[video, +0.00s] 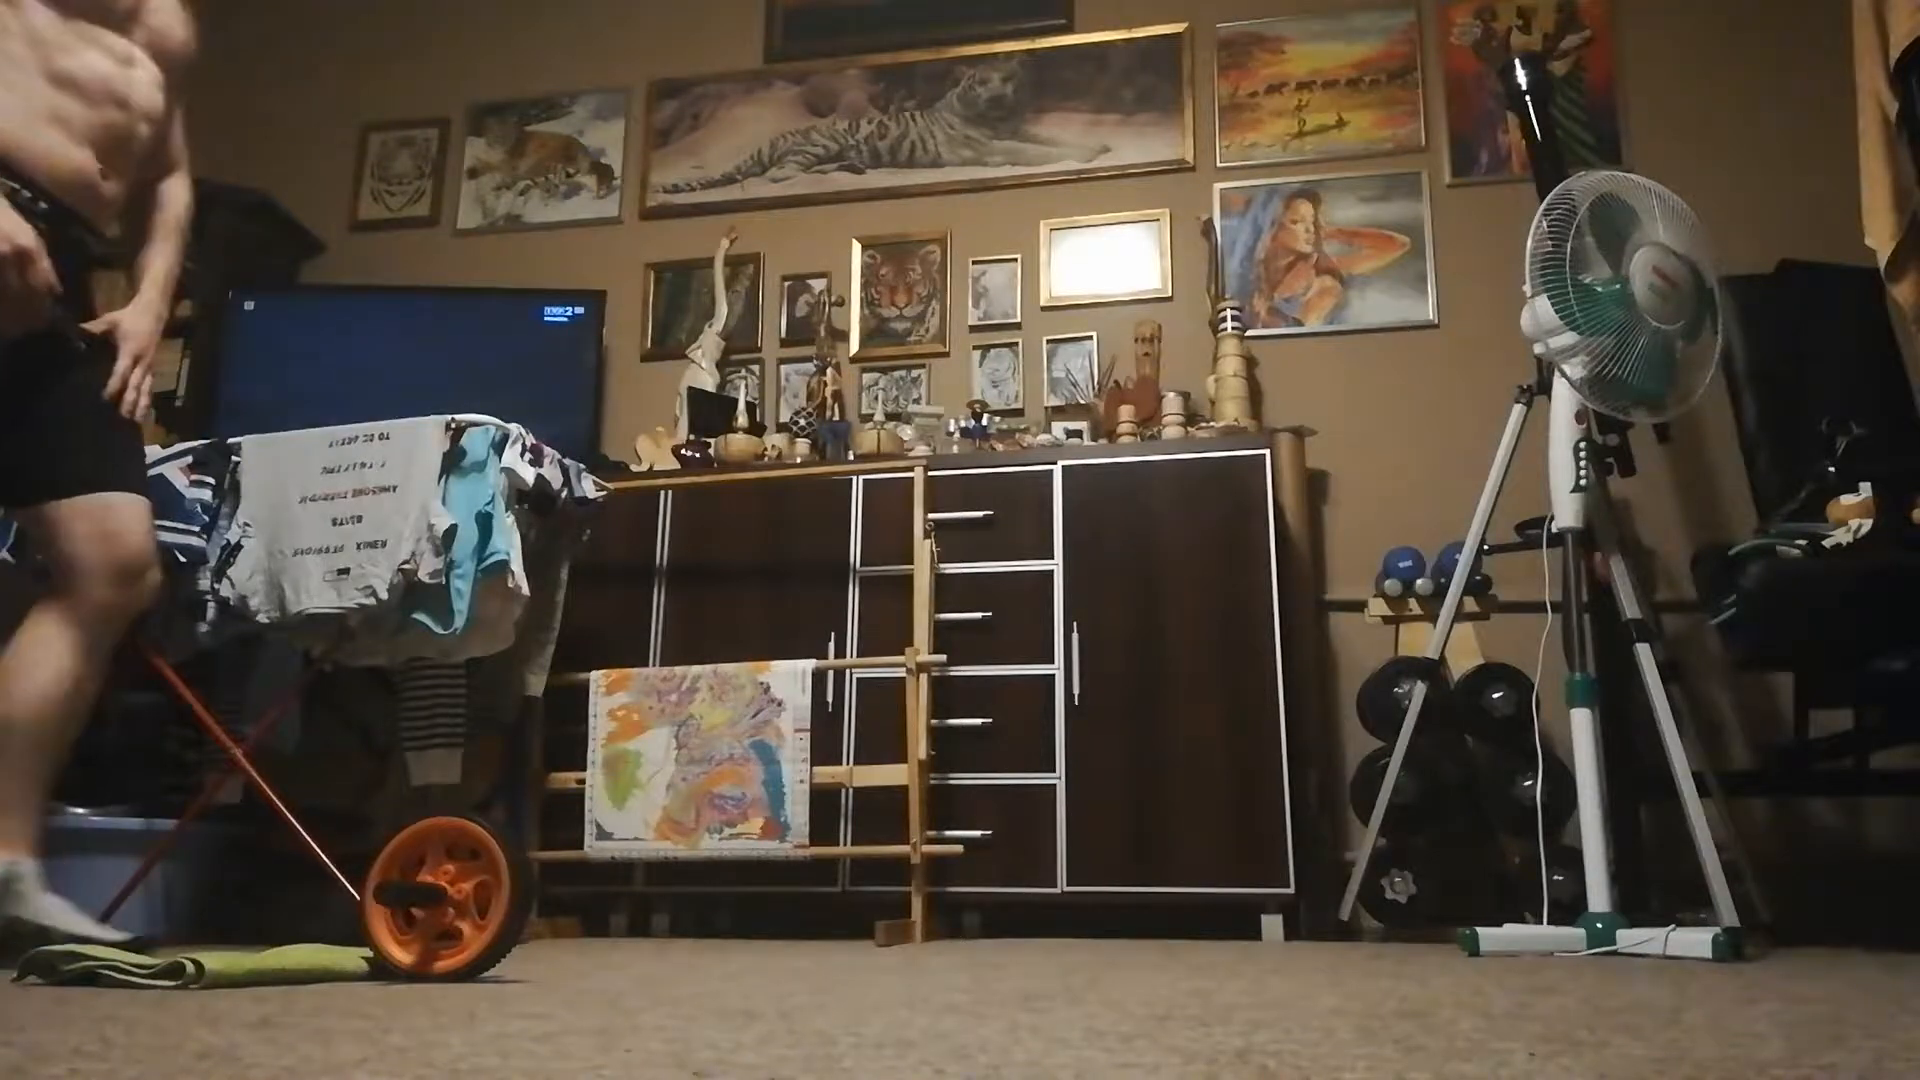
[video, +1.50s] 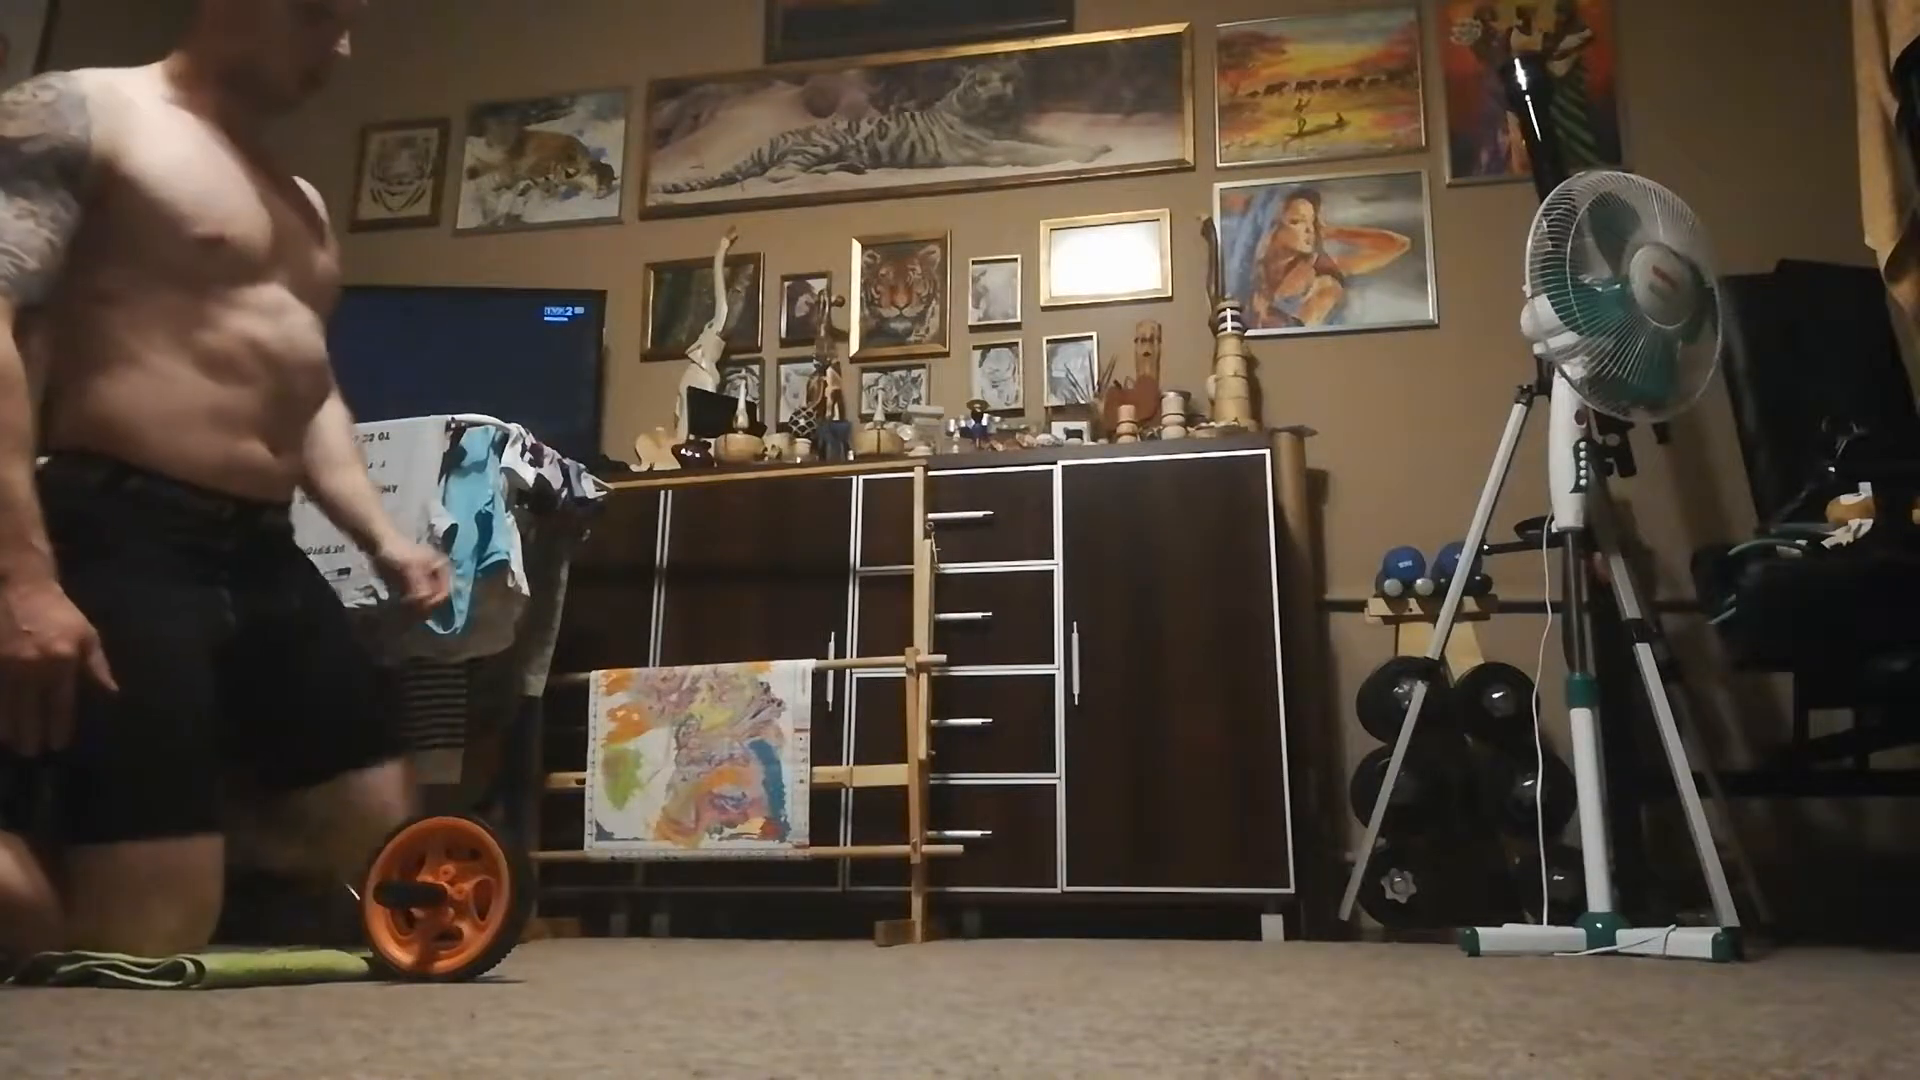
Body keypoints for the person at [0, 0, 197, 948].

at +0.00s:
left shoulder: (161, 28)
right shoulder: (27, 16)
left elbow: (171, 170)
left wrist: (150, 300)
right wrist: (3, 211)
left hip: (69, 277)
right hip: (8, 241)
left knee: (111, 563)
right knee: (101, 563)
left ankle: (12, 868)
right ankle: (13, 869)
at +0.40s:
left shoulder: (289, 110)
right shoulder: (106, 5)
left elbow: (279, 265)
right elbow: (9, 52)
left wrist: (228, 369)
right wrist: (2, 242)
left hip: (151, 347)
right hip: (34, 273)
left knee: (239, 607)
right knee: (58, 568)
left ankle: (73, 892)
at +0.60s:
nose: (370, 84)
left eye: (383, 67)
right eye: (357, 48)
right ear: (280, 14)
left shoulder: (308, 230)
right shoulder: (143, 48)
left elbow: (289, 382)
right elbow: (17, 156)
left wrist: (234, 468)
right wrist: (35, 369)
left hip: (152, 451)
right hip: (42, 394)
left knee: (317, 665)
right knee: (105, 690)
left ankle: (78, 896)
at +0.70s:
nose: (370, 149)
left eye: (385, 131)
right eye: (357, 113)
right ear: (280, 72)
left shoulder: (305, 272)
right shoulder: (149, 112)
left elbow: (280, 424)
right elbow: (17, 220)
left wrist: (229, 509)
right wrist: (53, 450)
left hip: (150, 505)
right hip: (43, 463)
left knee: (342, 687)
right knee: (125, 751)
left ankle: (82, 889)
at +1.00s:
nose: (345, 206)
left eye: (357, 188)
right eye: (326, 173)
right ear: (244, 136)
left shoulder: (278, 300)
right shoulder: (117, 191)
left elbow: (257, 464)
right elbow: (15, 347)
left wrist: (238, 569)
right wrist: (55, 584)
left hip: (175, 605)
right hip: (54, 583)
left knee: (404, 730)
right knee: (145, 903)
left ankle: (117, 851)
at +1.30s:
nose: (344, 107)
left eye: (357, 83)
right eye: (322, 67)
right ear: (235, 25)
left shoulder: (282, 238)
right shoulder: (90, 136)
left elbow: (255, 409)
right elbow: (11, 339)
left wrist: (301, 535)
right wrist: (64, 590)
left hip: (229, 563)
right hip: (99, 548)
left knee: (437, 735)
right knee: (152, 920)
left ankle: (163, 834)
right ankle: (18, 880)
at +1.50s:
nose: (341, 50)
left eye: (346, 26)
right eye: (325, 16)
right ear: (237, 7)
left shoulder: (305, 201)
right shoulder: (78, 109)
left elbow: (308, 393)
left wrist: (389, 540)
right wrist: (22, 577)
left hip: (266, 553)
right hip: (120, 540)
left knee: (363, 822)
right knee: (152, 923)